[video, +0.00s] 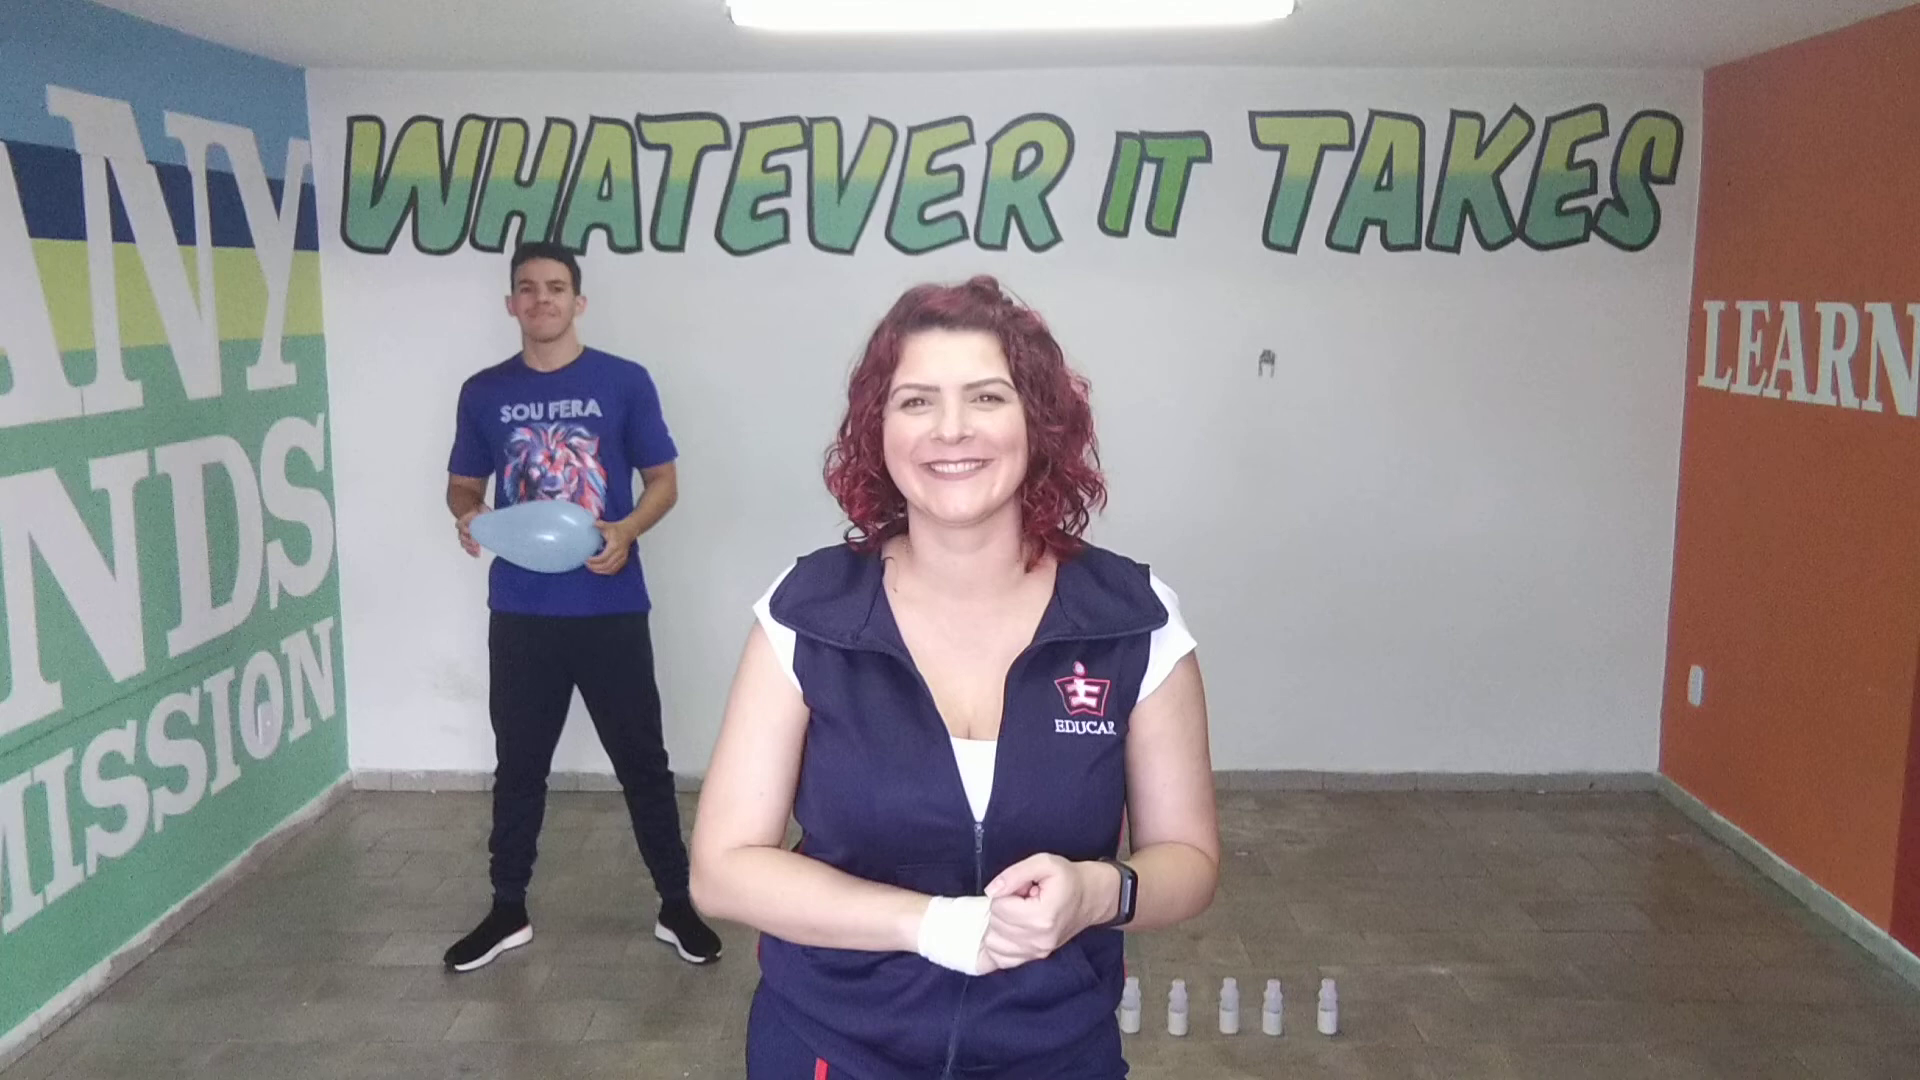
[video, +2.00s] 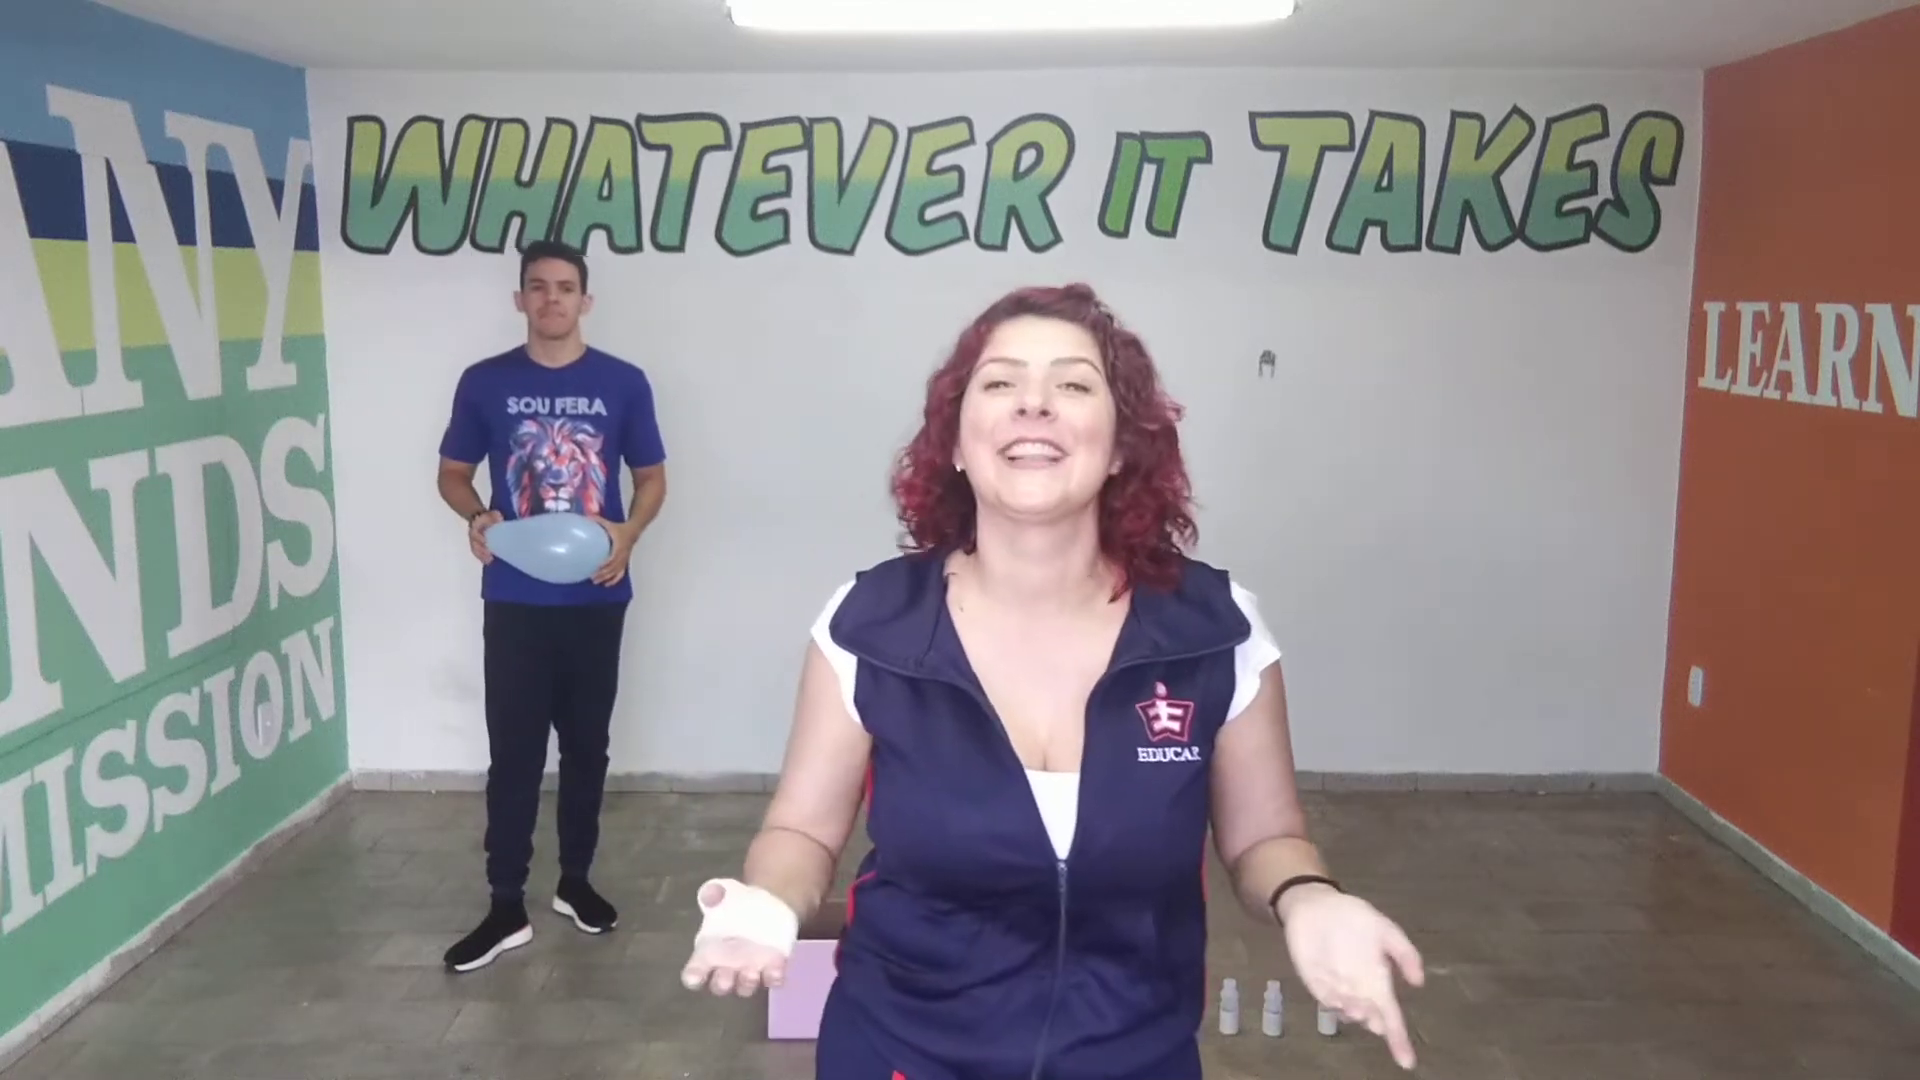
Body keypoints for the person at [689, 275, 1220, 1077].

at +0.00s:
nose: (952, 428)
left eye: (987, 398)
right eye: (917, 401)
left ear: (1038, 421)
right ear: (878, 429)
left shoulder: (1131, 617)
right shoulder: (810, 609)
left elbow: (1186, 860)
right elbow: (722, 870)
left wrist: (1099, 894)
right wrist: (929, 922)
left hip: (1054, 1057)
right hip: (835, 1055)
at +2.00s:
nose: (1035, 407)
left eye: (1073, 385)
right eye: (1001, 385)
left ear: (1123, 436)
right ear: (957, 435)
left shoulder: (1208, 623)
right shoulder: (874, 620)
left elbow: (1264, 834)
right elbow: (803, 829)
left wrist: (1312, 901)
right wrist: (766, 906)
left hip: (1132, 1055)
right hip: (911, 1049)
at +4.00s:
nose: (1265, 451)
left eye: (1304, 408)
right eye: (1223, 415)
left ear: (1365, 424)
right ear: (1179, 441)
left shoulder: (1476, 624)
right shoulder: (1108, 623)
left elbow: (1559, 893)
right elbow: (1022, 887)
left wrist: (1438, 920)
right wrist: (1210, 924)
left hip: (1401, 1063)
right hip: (1154, 1063)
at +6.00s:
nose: (906, 420)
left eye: (945, 394)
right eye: (876, 388)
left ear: (988, 430)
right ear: (830, 419)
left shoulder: (1069, 608)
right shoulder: (743, 607)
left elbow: (1122, 811)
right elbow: (668, 840)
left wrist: (1101, 886)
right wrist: (747, 908)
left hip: (1012, 1052)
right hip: (798, 1053)